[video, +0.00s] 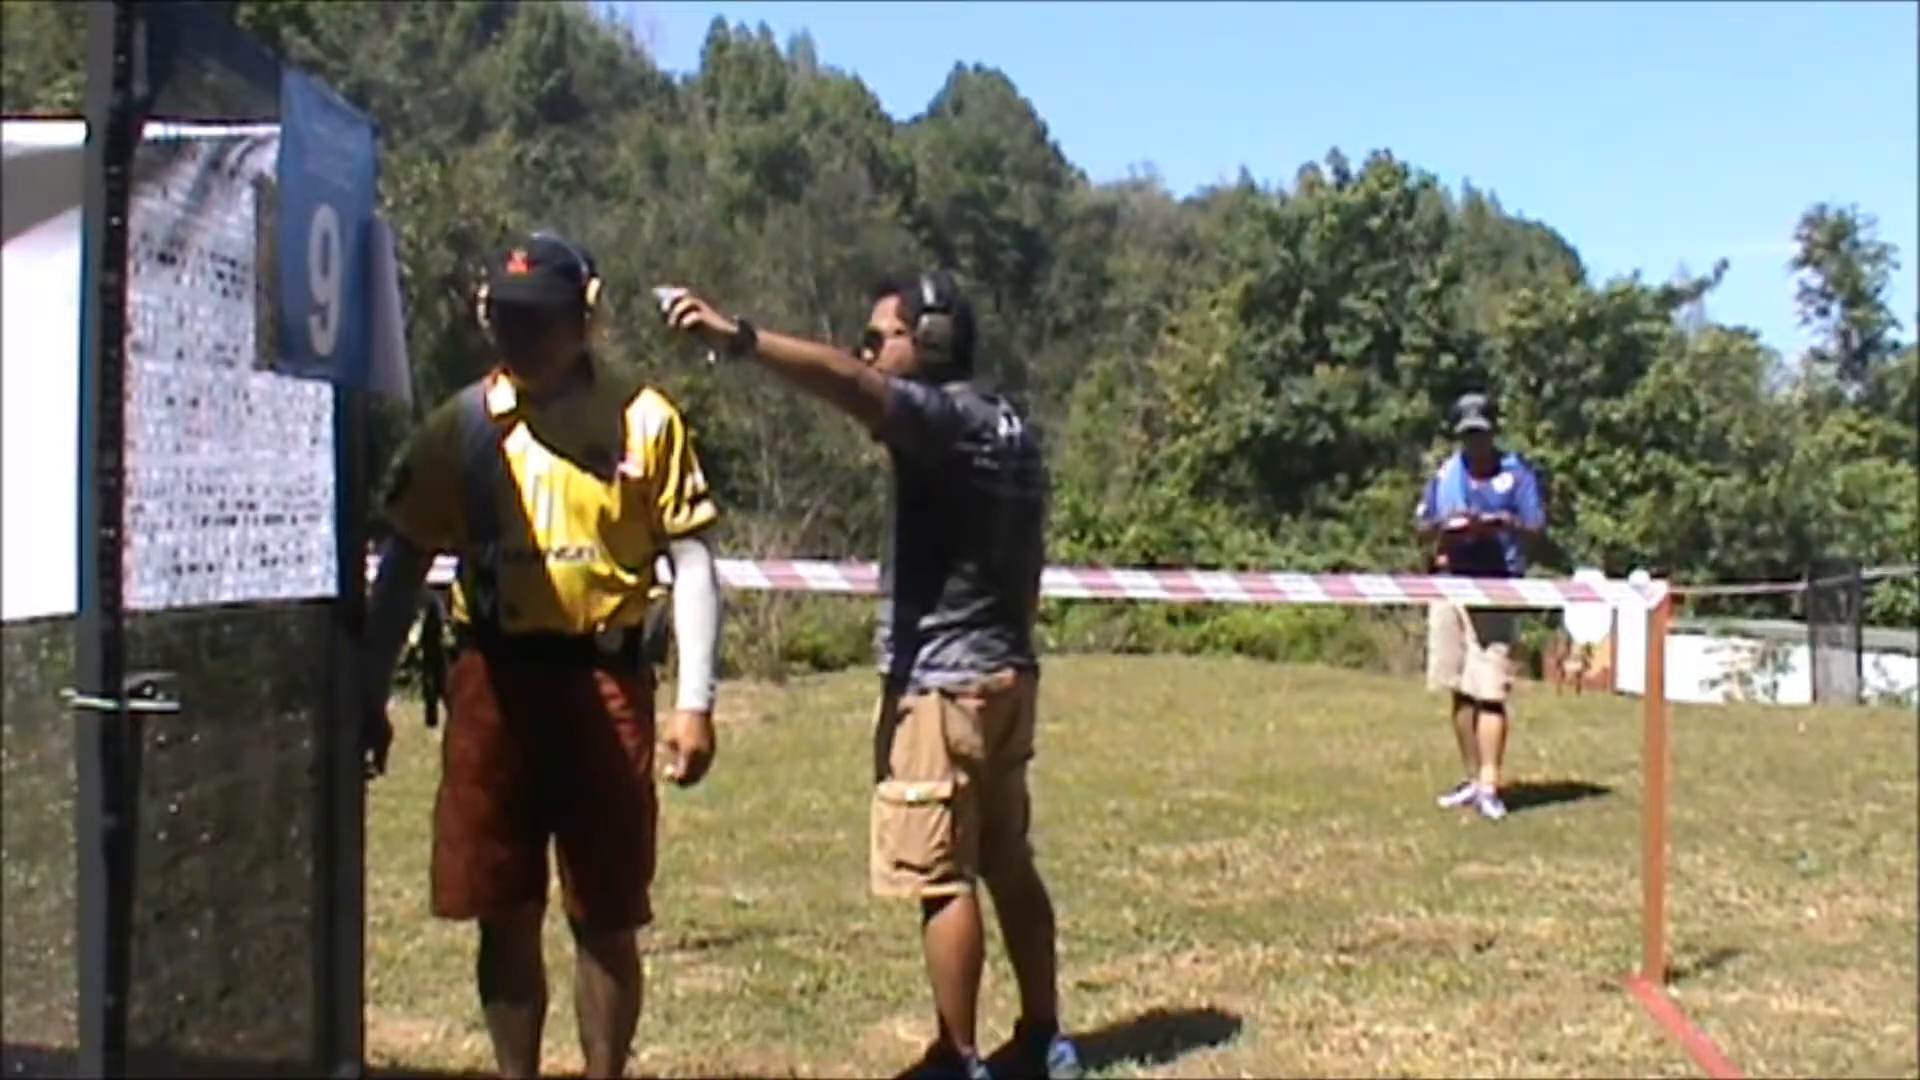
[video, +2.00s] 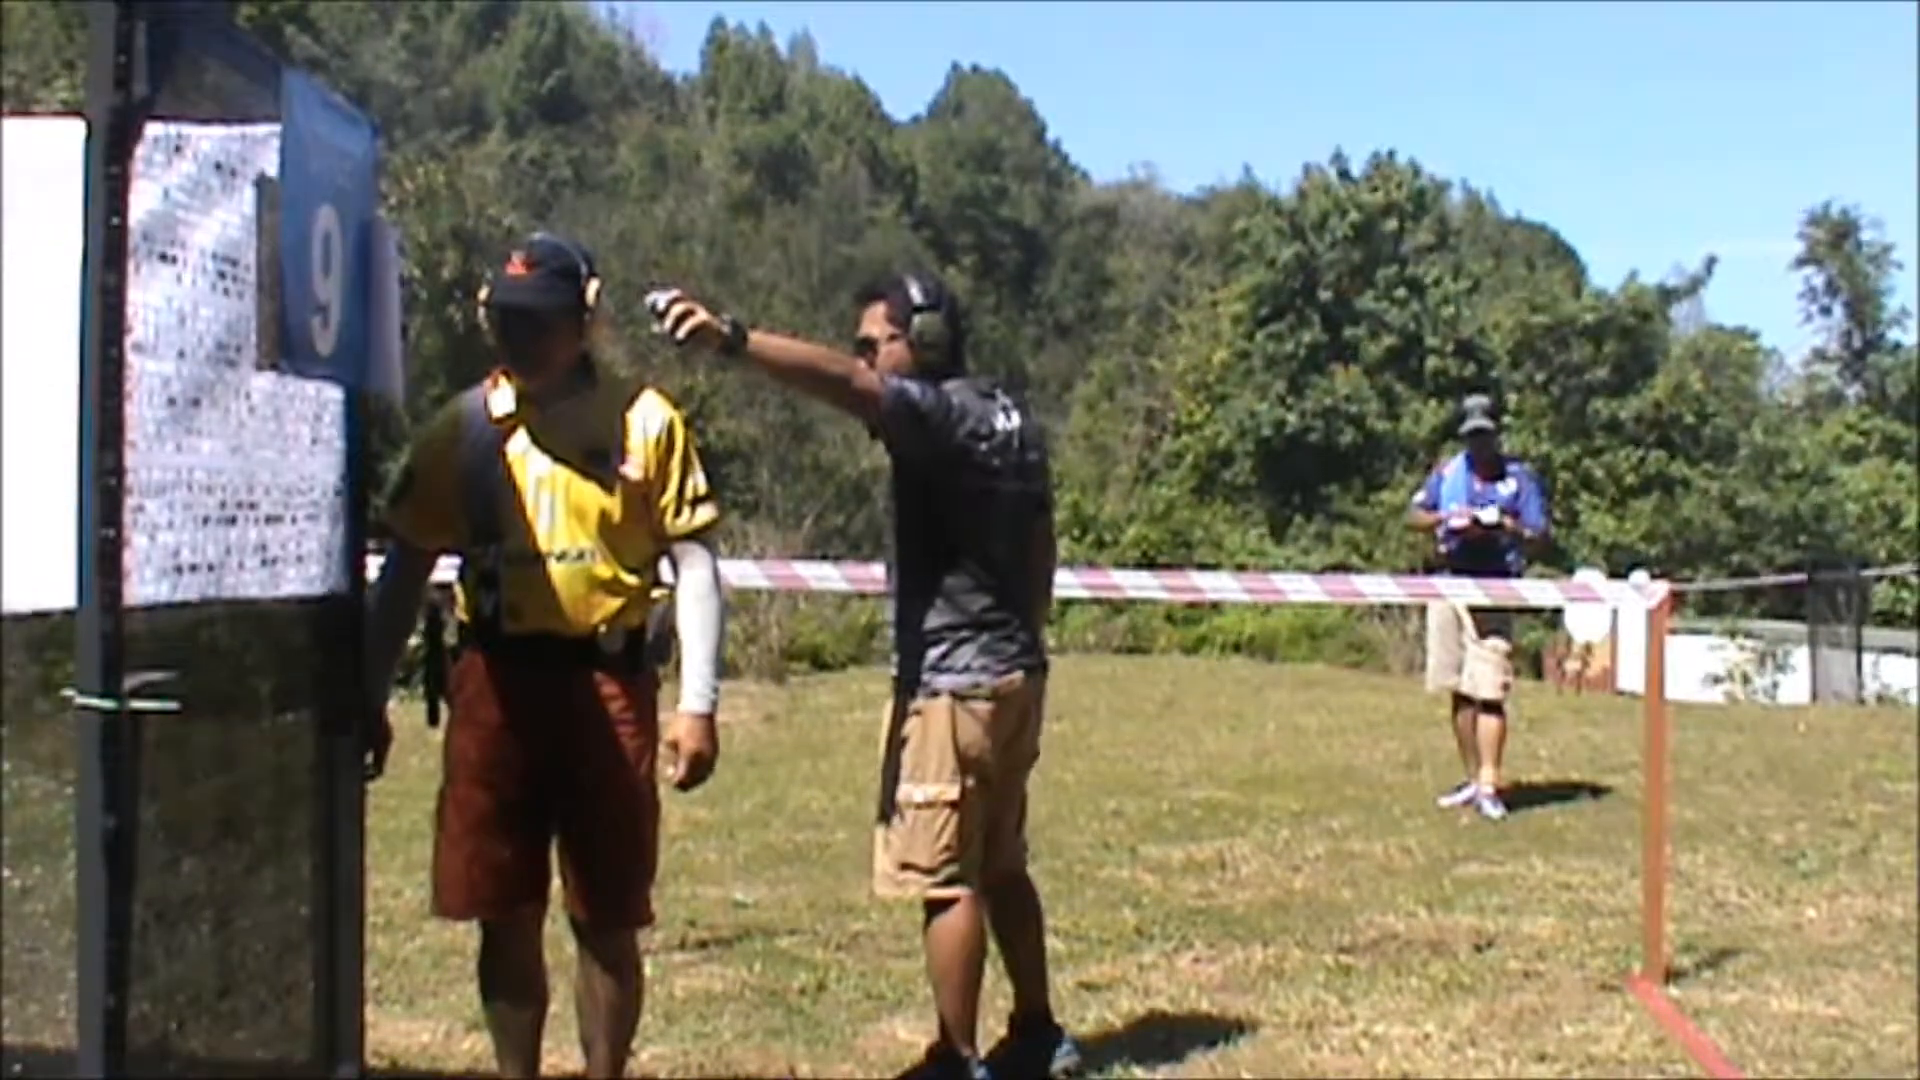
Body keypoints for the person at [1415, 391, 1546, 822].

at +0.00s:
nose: (1475, 442)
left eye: (1482, 434)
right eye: (1468, 435)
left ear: (1494, 434)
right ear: (1458, 437)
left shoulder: (1517, 474)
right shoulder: (1446, 473)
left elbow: (1537, 534)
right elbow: (1423, 525)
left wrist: (1504, 522)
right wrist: (1452, 525)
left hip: (1497, 588)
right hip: (1451, 587)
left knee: (1491, 691)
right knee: (1460, 690)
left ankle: (1490, 783)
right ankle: (1472, 776)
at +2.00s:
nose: (1479, 444)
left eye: (1486, 435)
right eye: (1472, 436)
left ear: (1498, 436)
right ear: (1463, 439)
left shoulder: (1520, 479)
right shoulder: (1448, 472)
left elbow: (1540, 538)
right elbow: (1415, 515)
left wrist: (1508, 526)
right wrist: (1447, 520)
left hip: (1495, 589)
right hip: (1450, 588)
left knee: (1490, 690)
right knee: (1459, 689)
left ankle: (1489, 783)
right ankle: (1471, 776)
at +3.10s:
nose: (1493, 437)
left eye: (1500, 428)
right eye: (1486, 429)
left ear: (1512, 431)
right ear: (1476, 432)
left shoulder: (1531, 477)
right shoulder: (1456, 473)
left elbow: (1549, 529)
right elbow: (1427, 516)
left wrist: (1511, 526)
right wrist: (1468, 523)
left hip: (1513, 588)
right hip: (1465, 587)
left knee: (1525, 685)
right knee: (1469, 688)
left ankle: (1540, 772)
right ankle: (1477, 778)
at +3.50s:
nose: (1544, 436)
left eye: (1549, 425)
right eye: (1535, 426)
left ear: (1560, 431)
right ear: (1520, 433)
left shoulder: (1572, 481)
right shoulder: (1506, 481)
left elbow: (1588, 527)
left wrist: (1551, 526)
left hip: (1552, 592)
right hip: (1507, 591)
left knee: (1560, 688)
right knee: (1516, 690)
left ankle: (1569, 774)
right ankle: (1517, 772)